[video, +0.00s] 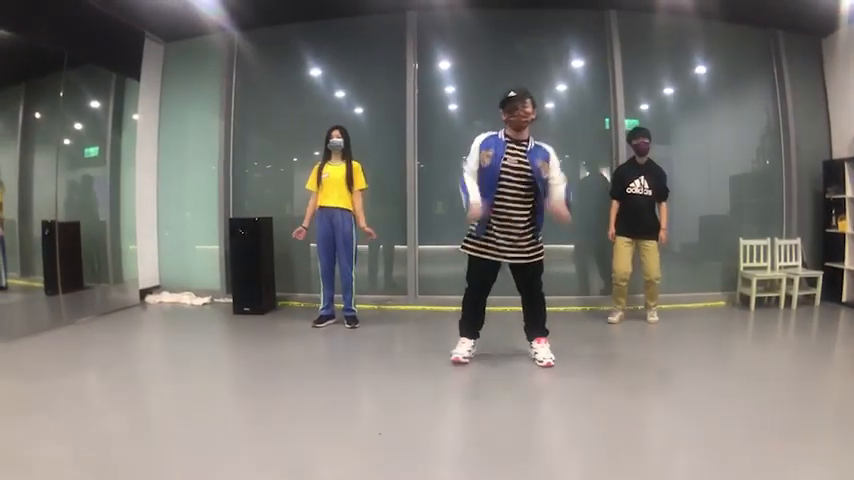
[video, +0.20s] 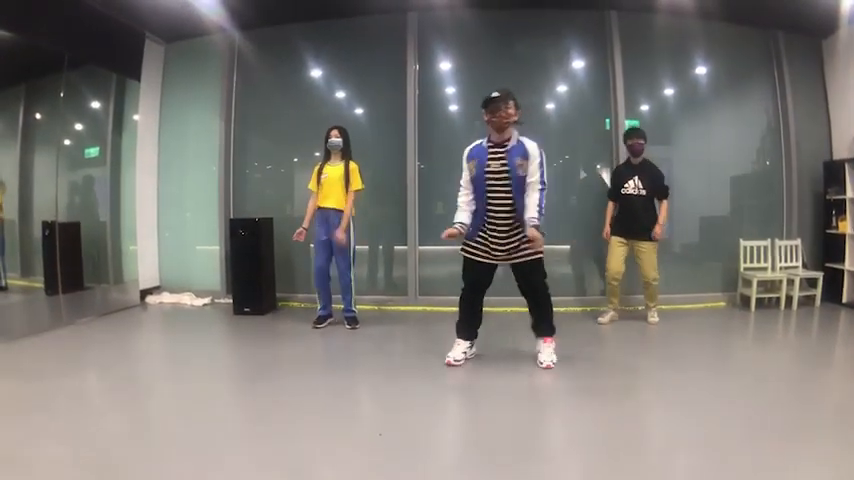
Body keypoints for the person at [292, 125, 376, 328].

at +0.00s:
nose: (336, 140)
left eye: (340, 137)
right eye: (332, 137)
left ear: (346, 141)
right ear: (327, 142)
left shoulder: (353, 166)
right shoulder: (320, 167)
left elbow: (357, 196)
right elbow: (313, 198)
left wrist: (362, 224)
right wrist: (305, 225)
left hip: (344, 214)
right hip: (323, 214)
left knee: (346, 265)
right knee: (325, 265)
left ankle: (349, 312)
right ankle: (326, 311)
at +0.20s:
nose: (334, 140)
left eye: (338, 137)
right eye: (331, 137)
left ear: (344, 141)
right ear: (326, 142)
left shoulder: (350, 167)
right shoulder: (319, 168)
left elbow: (351, 199)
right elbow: (314, 198)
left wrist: (343, 227)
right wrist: (305, 226)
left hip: (340, 215)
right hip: (321, 214)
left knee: (344, 267)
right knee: (320, 265)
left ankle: (349, 312)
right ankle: (324, 311)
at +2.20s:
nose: (341, 149)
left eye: (345, 146)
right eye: (338, 146)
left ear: (351, 153)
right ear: (332, 152)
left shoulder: (355, 177)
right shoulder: (321, 173)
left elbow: (368, 204)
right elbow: (300, 194)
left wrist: (347, 216)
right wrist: (311, 216)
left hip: (346, 226)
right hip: (326, 226)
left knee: (355, 271)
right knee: (332, 272)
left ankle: (350, 312)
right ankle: (299, 311)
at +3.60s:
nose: (343, 152)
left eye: (347, 149)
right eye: (340, 149)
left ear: (353, 155)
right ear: (334, 154)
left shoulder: (356, 179)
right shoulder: (324, 174)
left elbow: (363, 207)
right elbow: (306, 198)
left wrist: (346, 212)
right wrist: (324, 217)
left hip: (344, 228)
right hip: (321, 226)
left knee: (349, 274)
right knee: (312, 273)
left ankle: (351, 314)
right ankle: (303, 312)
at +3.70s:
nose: (336, 149)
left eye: (340, 146)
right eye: (333, 146)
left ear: (347, 151)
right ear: (328, 150)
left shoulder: (350, 178)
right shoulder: (316, 171)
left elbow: (357, 206)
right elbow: (304, 194)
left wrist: (348, 221)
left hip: (335, 223)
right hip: (314, 222)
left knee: (342, 274)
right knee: (299, 269)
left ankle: (352, 314)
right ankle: (298, 313)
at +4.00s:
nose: (308, 142)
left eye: (313, 139)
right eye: (305, 139)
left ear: (319, 146)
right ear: (300, 146)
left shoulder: (324, 169)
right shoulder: (292, 170)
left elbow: (333, 197)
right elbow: (282, 195)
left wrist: (325, 222)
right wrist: (272, 213)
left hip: (316, 217)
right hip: (296, 217)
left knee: (325, 269)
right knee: (295, 269)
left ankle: (340, 313)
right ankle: (296, 315)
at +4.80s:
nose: (301, 144)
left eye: (305, 141)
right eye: (298, 142)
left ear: (312, 144)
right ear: (294, 146)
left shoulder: (319, 163)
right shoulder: (293, 169)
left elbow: (329, 191)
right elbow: (289, 200)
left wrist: (307, 211)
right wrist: (279, 221)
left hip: (313, 215)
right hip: (291, 216)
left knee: (318, 266)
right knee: (286, 267)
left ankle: (330, 313)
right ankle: (292, 313)